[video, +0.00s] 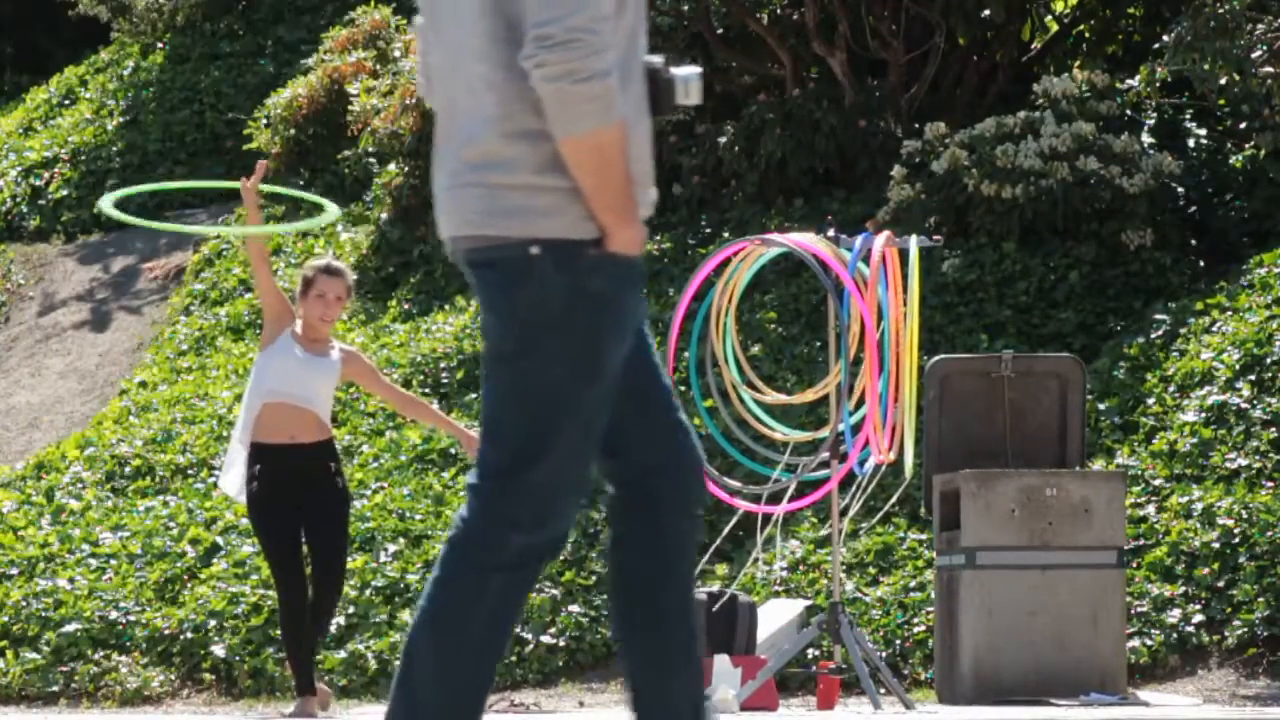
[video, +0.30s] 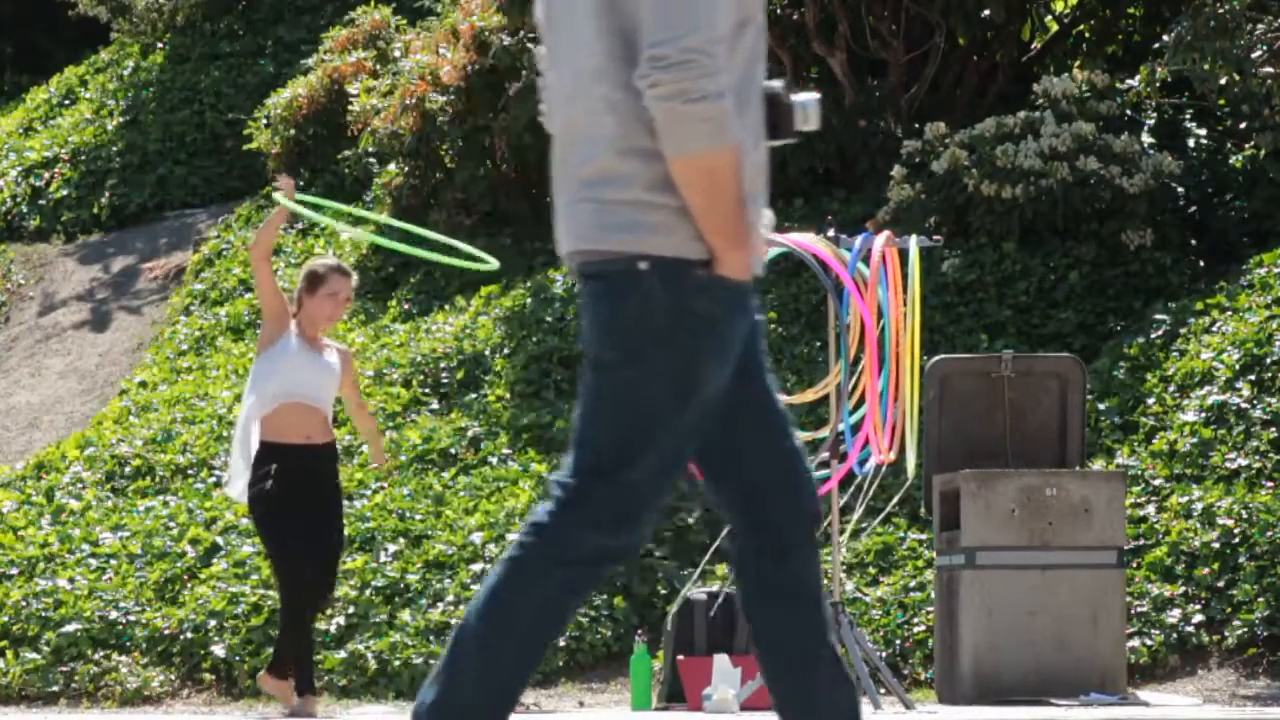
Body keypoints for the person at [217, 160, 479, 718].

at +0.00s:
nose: (327, 306)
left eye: (336, 300)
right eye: (320, 296)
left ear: (345, 306)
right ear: (301, 296)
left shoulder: (344, 357)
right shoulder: (279, 323)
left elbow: (401, 400)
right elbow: (259, 261)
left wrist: (460, 433)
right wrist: (251, 202)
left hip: (319, 466)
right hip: (265, 466)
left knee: (329, 583)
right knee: (291, 588)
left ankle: (302, 664)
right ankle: (306, 694)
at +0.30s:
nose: (343, 307)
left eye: (347, 300)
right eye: (336, 297)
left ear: (344, 306)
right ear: (308, 294)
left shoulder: (339, 357)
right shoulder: (277, 325)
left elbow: (360, 411)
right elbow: (260, 252)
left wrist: (379, 455)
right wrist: (284, 206)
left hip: (321, 466)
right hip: (274, 463)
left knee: (321, 585)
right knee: (296, 585)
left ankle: (278, 672)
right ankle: (305, 696)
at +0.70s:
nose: (342, 301)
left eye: (342, 292)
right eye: (336, 293)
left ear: (315, 297)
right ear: (306, 293)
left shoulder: (306, 345)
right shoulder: (283, 334)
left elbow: (252, 402)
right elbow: (286, 263)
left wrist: (216, 449)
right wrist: (337, 230)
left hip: (302, 463)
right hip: (285, 462)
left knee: (299, 582)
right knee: (301, 580)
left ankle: (278, 694)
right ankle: (306, 692)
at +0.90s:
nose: (325, 296)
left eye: (324, 288)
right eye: (318, 287)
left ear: (283, 292)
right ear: (297, 290)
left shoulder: (271, 336)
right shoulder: (287, 324)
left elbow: (232, 392)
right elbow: (333, 283)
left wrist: (233, 414)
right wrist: (369, 254)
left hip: (264, 474)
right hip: (292, 473)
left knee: (280, 587)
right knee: (314, 585)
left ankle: (270, 695)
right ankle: (317, 692)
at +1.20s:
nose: (307, 296)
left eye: (302, 290)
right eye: (305, 290)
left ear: (263, 299)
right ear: (300, 295)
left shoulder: (249, 347)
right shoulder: (320, 334)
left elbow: (223, 402)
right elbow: (372, 325)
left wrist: (286, 409)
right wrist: (364, 296)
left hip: (246, 484)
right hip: (299, 480)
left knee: (264, 586)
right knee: (308, 587)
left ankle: (267, 694)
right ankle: (318, 691)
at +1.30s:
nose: (253, 302)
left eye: (254, 295)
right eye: (254, 295)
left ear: (262, 300)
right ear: (302, 296)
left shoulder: (249, 350)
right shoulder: (329, 338)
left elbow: (231, 406)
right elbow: (365, 349)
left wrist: (300, 411)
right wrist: (335, 321)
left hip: (249, 478)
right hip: (305, 478)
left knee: (261, 588)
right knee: (298, 586)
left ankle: (267, 694)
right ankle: (314, 689)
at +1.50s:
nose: (256, 308)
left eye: (261, 300)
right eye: (255, 300)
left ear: (284, 300)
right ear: (297, 300)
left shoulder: (263, 347)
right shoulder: (334, 340)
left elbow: (273, 412)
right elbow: (333, 391)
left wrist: (325, 409)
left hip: (263, 473)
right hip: (312, 473)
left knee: (263, 581)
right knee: (274, 579)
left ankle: (269, 689)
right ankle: (292, 681)